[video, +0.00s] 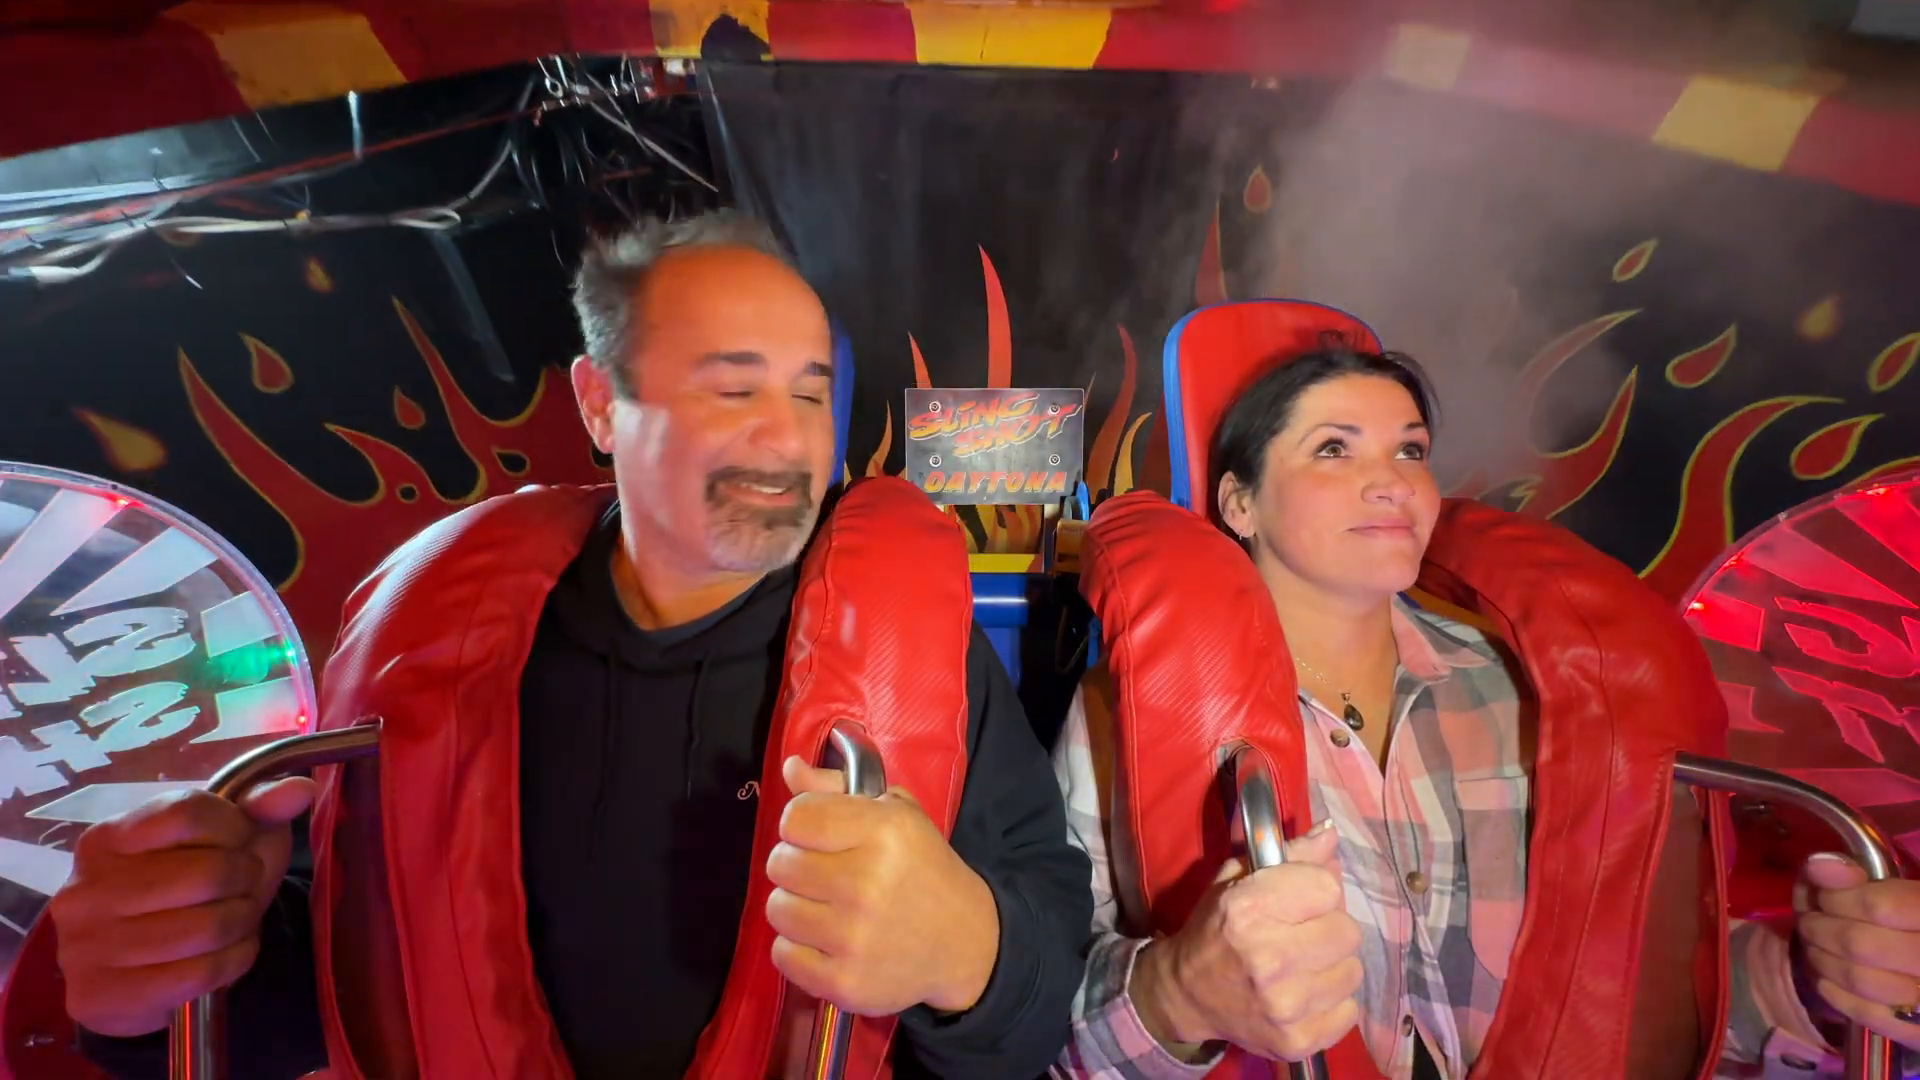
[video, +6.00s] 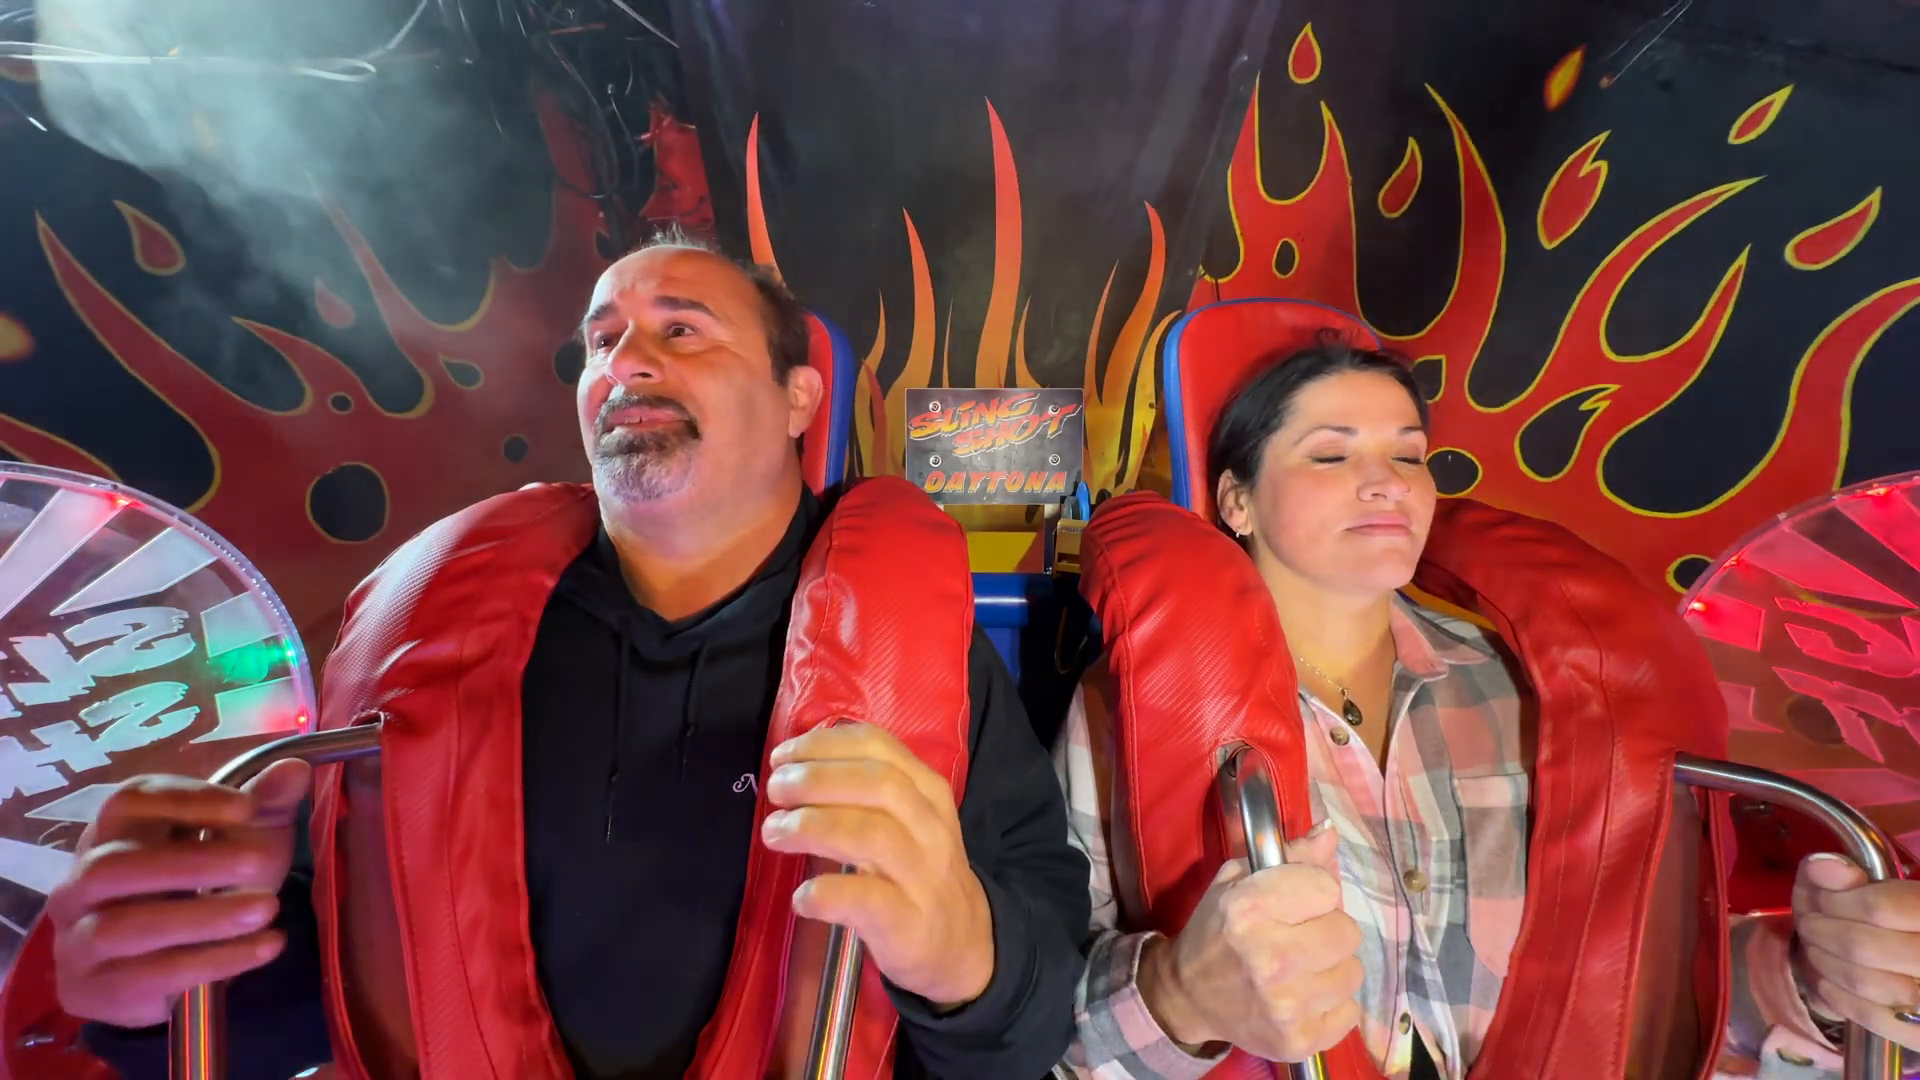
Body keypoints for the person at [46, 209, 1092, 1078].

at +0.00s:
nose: (785, 440)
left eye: (811, 395)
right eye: (728, 391)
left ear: (838, 415)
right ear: (601, 412)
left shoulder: (918, 653)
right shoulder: (437, 633)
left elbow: (1041, 1006)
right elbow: (317, 991)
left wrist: (978, 955)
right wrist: (122, 977)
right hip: (497, 1062)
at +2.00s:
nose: (667, 379)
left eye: (725, 348)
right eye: (632, 347)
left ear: (809, 414)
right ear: (583, 414)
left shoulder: (926, 662)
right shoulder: (434, 635)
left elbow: (1045, 1023)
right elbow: (310, 992)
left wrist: (980, 956)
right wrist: (101, 988)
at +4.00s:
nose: (663, 346)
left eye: (720, 322)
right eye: (630, 328)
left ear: (808, 410)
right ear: (592, 409)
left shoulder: (923, 655)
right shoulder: (433, 628)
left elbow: (1047, 1015)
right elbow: (310, 983)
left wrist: (981, 958)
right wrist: (102, 988)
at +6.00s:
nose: (623, 368)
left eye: (685, 329)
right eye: (602, 347)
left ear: (799, 403)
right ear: (578, 417)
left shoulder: (920, 660)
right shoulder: (440, 641)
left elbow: (1032, 1029)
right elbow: (306, 972)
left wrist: (974, 956)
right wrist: (90, 984)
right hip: (480, 1064)